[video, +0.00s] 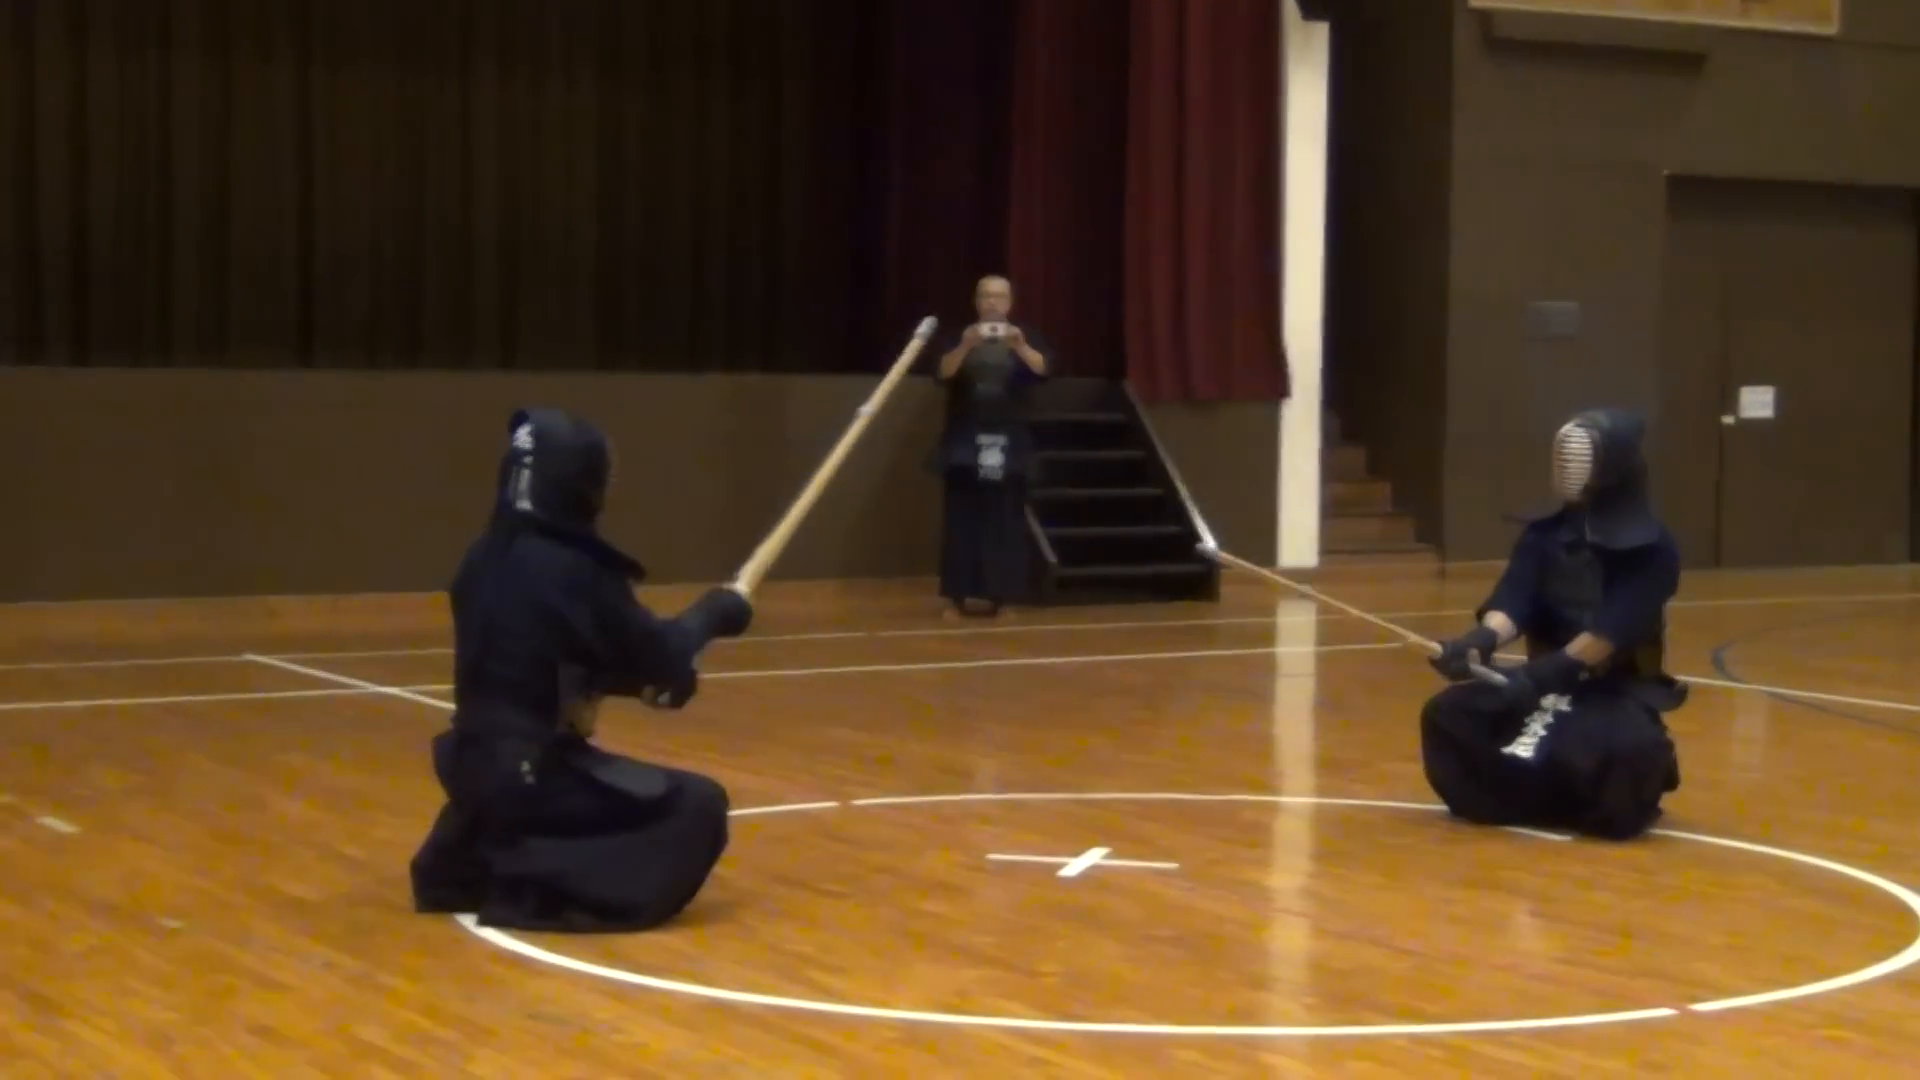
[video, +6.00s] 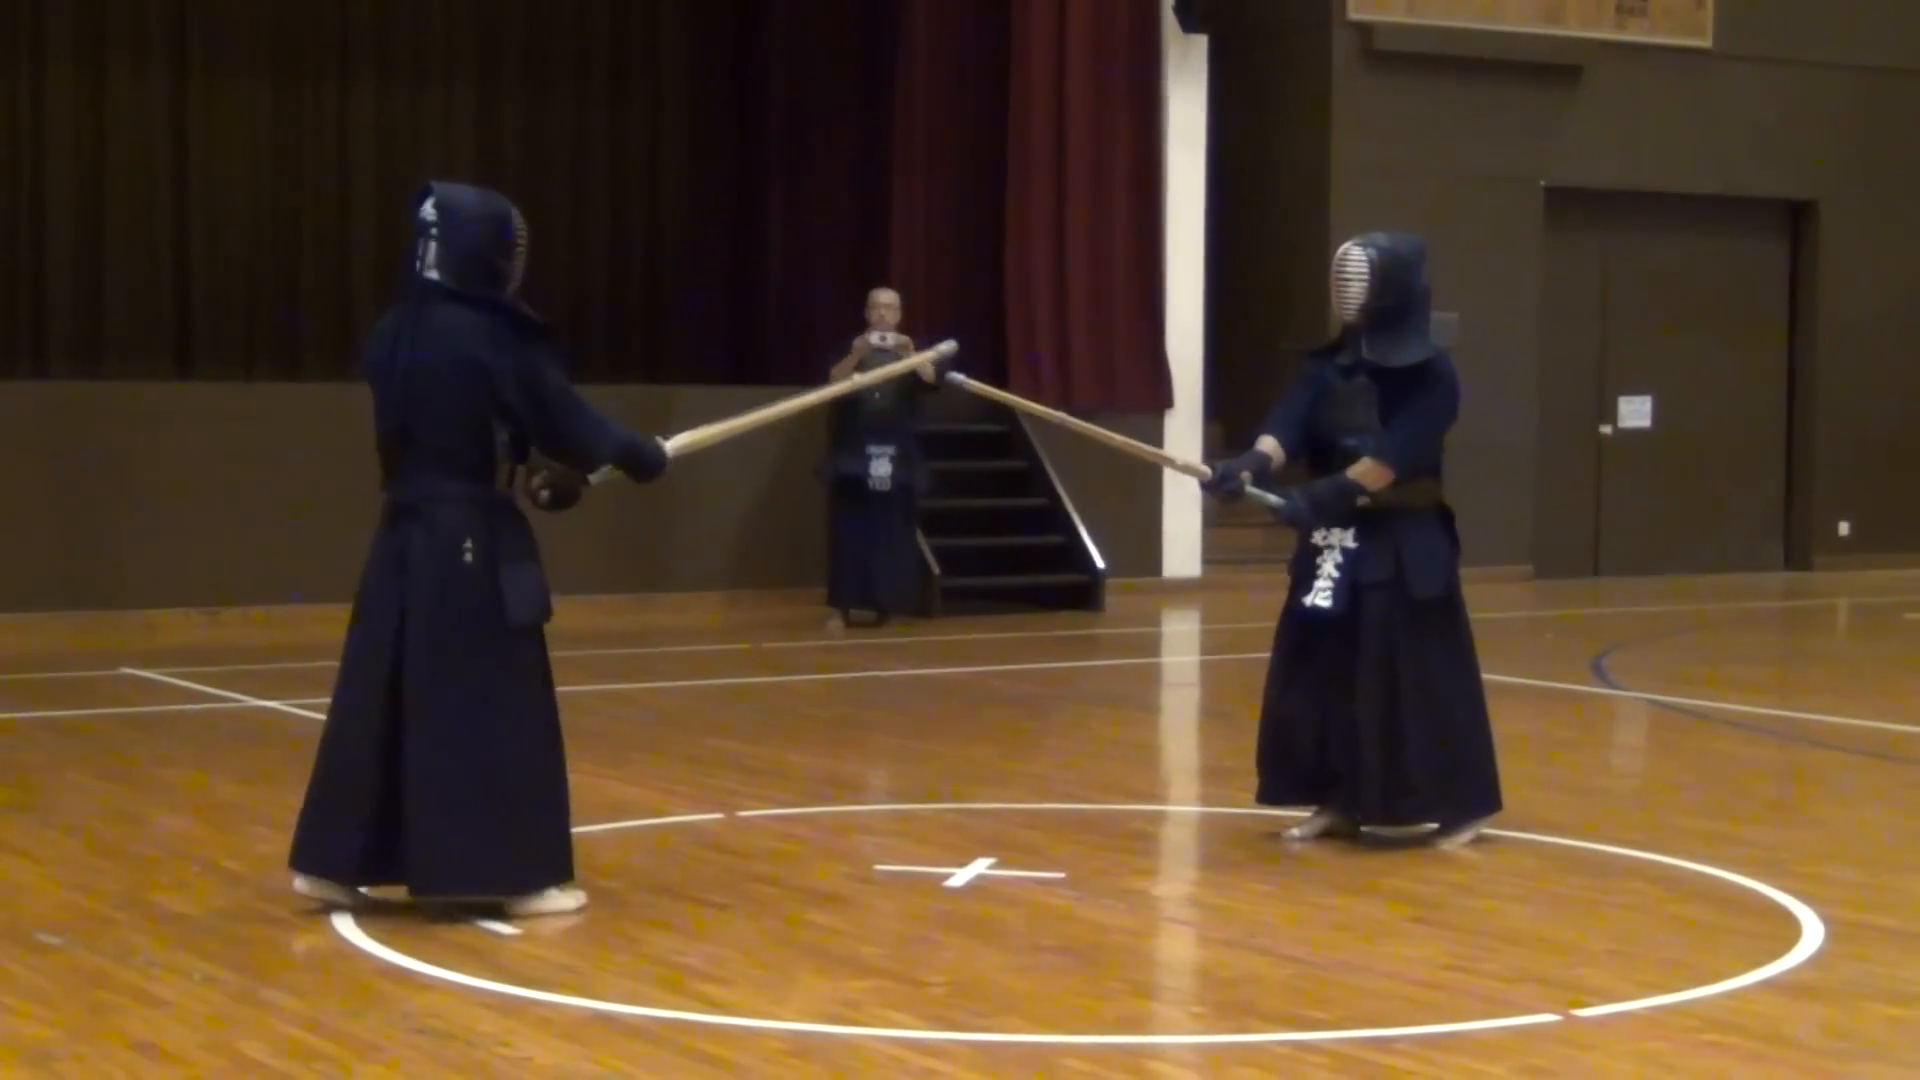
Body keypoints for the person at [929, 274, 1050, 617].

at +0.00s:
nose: (993, 303)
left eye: (1000, 297)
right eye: (987, 297)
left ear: (1010, 302)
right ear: (977, 301)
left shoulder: (1022, 339)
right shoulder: (963, 339)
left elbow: (1043, 369)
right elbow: (943, 372)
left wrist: (1018, 345)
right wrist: (967, 345)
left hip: (1007, 435)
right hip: (966, 434)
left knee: (1004, 512)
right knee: (962, 512)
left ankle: (1002, 596)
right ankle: (956, 593)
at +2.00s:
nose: (987, 304)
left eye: (994, 298)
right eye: (982, 298)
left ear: (1003, 302)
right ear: (971, 302)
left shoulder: (1016, 339)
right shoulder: (958, 338)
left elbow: (1035, 371)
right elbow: (937, 373)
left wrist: (1011, 347)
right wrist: (961, 345)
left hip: (1003, 434)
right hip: (961, 433)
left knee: (999, 513)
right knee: (955, 511)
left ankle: (997, 593)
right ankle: (948, 592)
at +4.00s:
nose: (953, 311)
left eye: (959, 305)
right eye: (946, 305)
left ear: (969, 310)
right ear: (935, 309)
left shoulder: (981, 348)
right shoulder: (920, 347)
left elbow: (1001, 376)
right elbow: (902, 380)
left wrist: (974, 349)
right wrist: (927, 353)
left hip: (967, 445)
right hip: (925, 444)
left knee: (962, 520)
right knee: (921, 520)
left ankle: (958, 601)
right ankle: (915, 600)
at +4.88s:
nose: (909, 314)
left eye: (916, 308)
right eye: (903, 308)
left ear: (926, 313)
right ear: (893, 312)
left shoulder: (937, 350)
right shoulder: (879, 349)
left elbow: (965, 382)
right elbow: (859, 384)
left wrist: (935, 355)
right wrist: (884, 354)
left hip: (924, 446)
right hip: (882, 445)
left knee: (921, 522)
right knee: (879, 522)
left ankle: (918, 601)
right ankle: (875, 602)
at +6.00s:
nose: (883, 314)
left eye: (890, 308)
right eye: (877, 308)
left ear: (900, 314)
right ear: (867, 312)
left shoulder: (909, 354)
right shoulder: (853, 350)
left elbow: (933, 379)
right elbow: (833, 382)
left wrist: (908, 350)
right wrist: (857, 355)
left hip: (895, 446)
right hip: (855, 444)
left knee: (890, 521)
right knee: (852, 520)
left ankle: (885, 601)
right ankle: (846, 601)